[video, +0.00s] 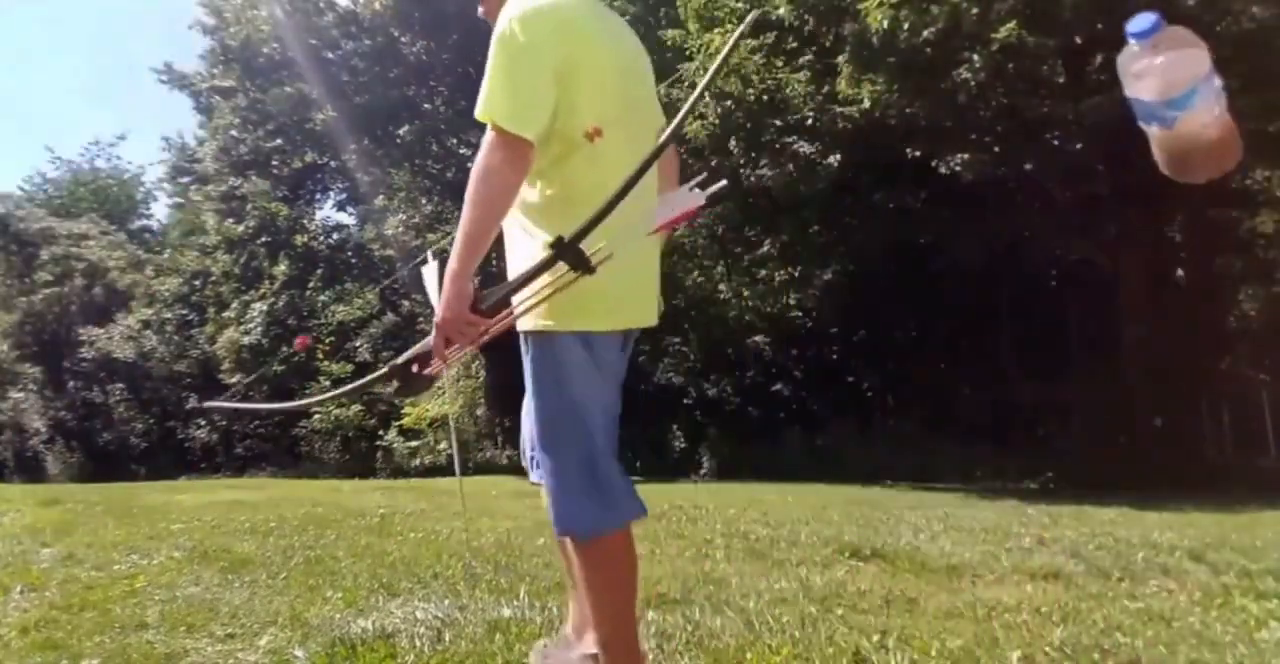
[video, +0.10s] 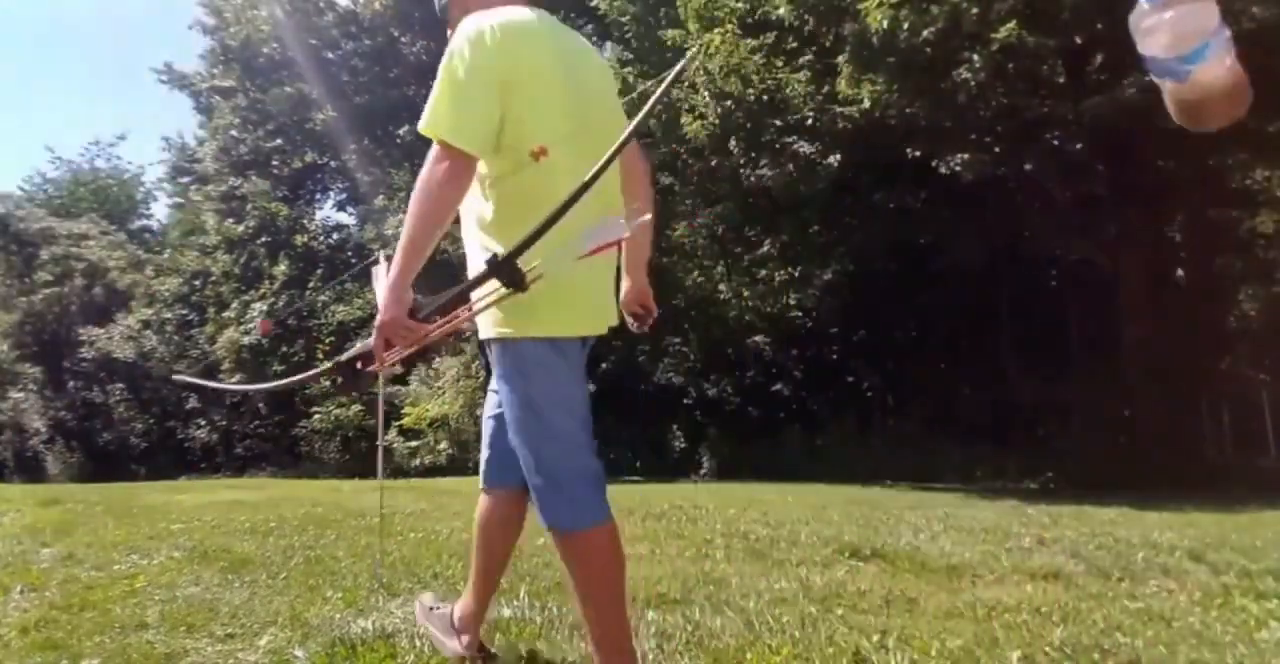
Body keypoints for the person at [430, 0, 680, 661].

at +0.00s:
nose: (482, 14)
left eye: (481, 9)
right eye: (481, 11)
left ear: (493, 1)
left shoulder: (526, 24)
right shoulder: (609, 26)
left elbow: (506, 151)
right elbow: (661, 146)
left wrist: (457, 280)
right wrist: (656, 226)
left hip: (571, 289)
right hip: (623, 282)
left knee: (580, 467)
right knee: (550, 449)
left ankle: (620, 652)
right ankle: (586, 634)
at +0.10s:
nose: (446, 20)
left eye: (446, 13)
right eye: (446, 15)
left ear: (460, 2)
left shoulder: (480, 38)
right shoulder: (582, 50)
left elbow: (451, 162)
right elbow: (635, 168)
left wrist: (397, 280)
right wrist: (636, 270)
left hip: (526, 302)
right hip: (585, 294)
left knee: (570, 486)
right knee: (506, 455)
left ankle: (617, 656)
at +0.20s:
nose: (424, 24)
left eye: (425, 15)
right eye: (424, 18)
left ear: (444, 6)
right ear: (494, 5)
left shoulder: (452, 53)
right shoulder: (561, 68)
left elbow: (420, 175)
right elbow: (609, 171)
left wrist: (363, 290)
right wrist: (620, 280)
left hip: (497, 309)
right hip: (559, 303)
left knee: (549, 484)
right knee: (483, 463)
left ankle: (614, 656)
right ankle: (424, 612)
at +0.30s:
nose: (388, 59)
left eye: (388, 48)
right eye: (389, 49)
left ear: (400, 34)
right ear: (446, 28)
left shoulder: (400, 77)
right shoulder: (511, 93)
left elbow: (370, 189)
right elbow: (557, 199)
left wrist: (321, 304)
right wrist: (568, 294)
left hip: (436, 315)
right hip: (500, 313)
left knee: (470, 473)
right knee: (432, 463)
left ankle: (574, 638)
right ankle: (407, 620)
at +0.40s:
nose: (380, 64)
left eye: (379, 54)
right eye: (382, 56)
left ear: (391, 40)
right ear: (440, 36)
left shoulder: (390, 78)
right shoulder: (499, 95)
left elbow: (362, 188)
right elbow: (542, 199)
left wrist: (315, 302)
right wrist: (553, 295)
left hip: (420, 312)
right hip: (486, 308)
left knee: (438, 471)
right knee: (428, 464)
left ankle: (544, 616)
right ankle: (407, 619)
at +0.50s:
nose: (335, 64)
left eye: (335, 55)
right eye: (339, 55)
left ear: (345, 47)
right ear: (395, 48)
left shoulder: (338, 81)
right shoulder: (447, 102)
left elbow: (312, 193)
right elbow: (478, 211)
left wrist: (284, 302)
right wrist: (459, 291)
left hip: (346, 291)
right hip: (423, 300)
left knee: (355, 431)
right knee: (411, 443)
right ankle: (405, 620)